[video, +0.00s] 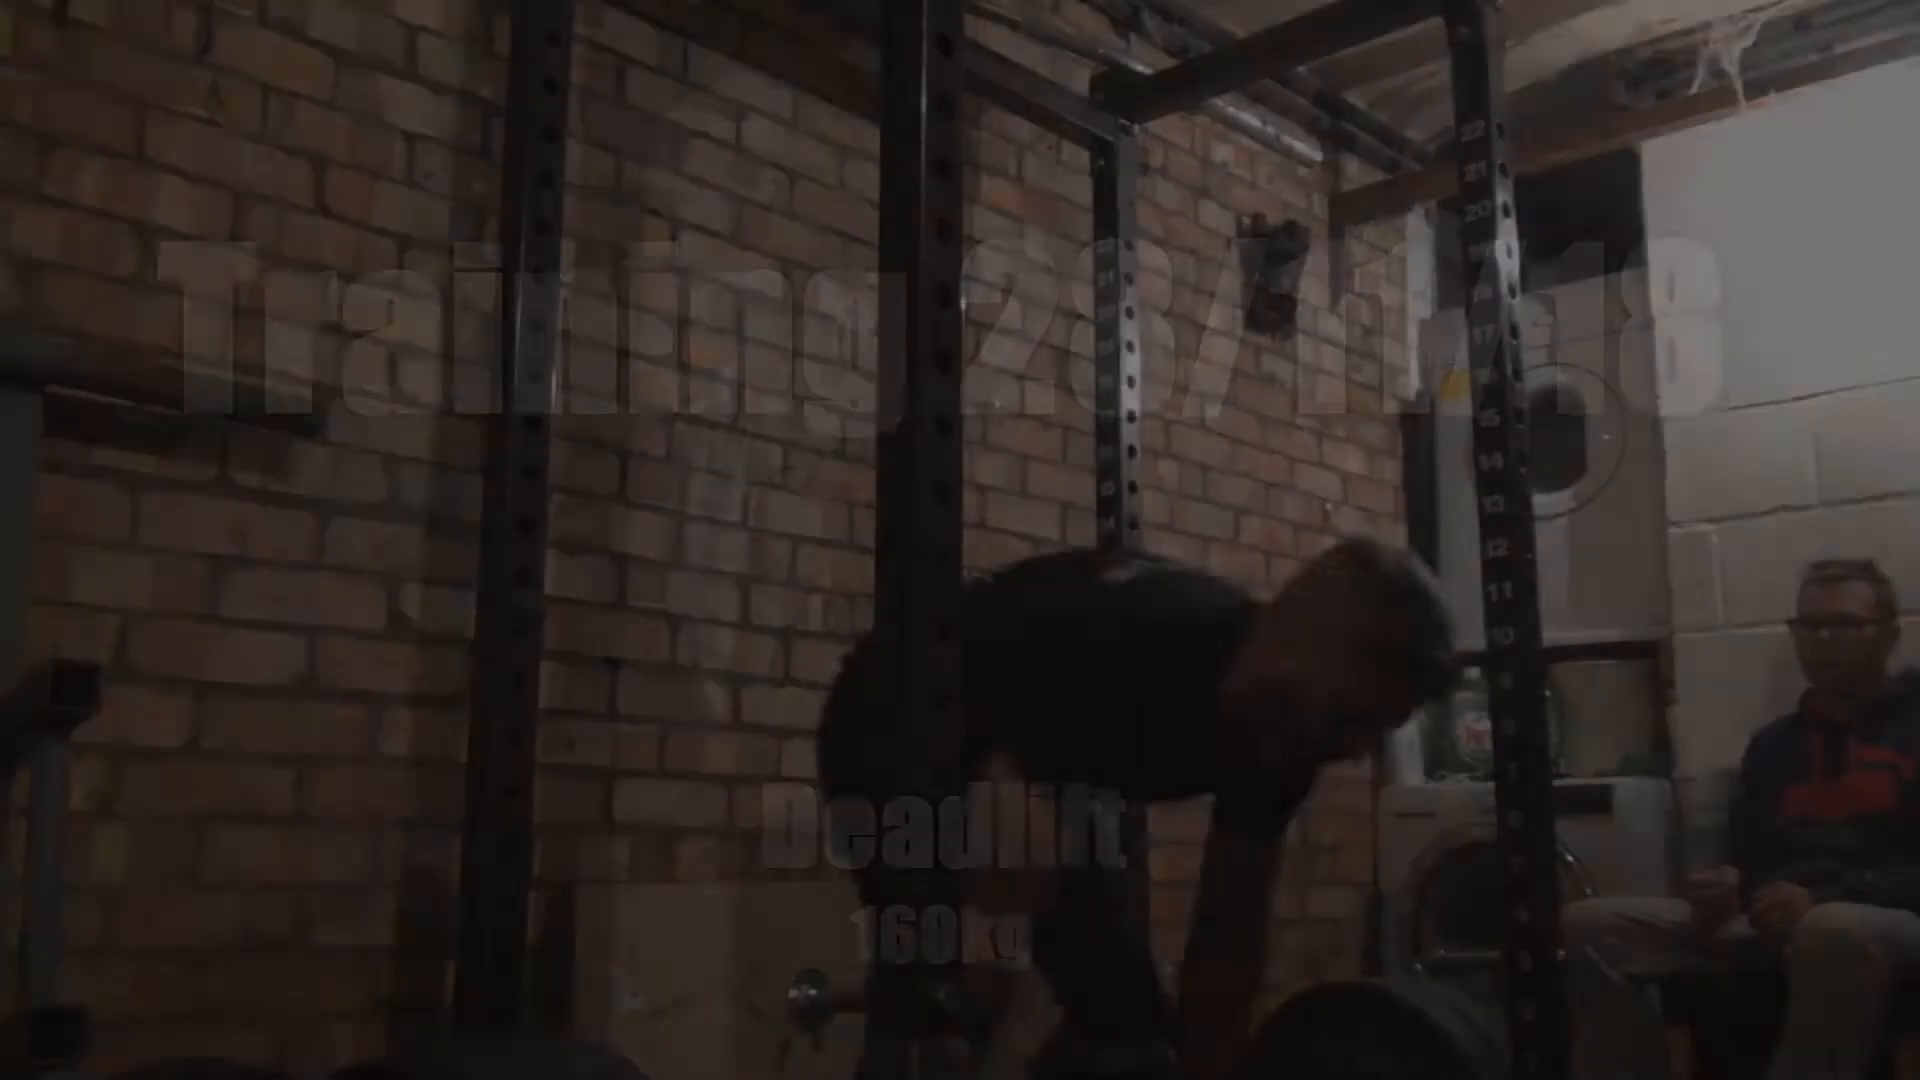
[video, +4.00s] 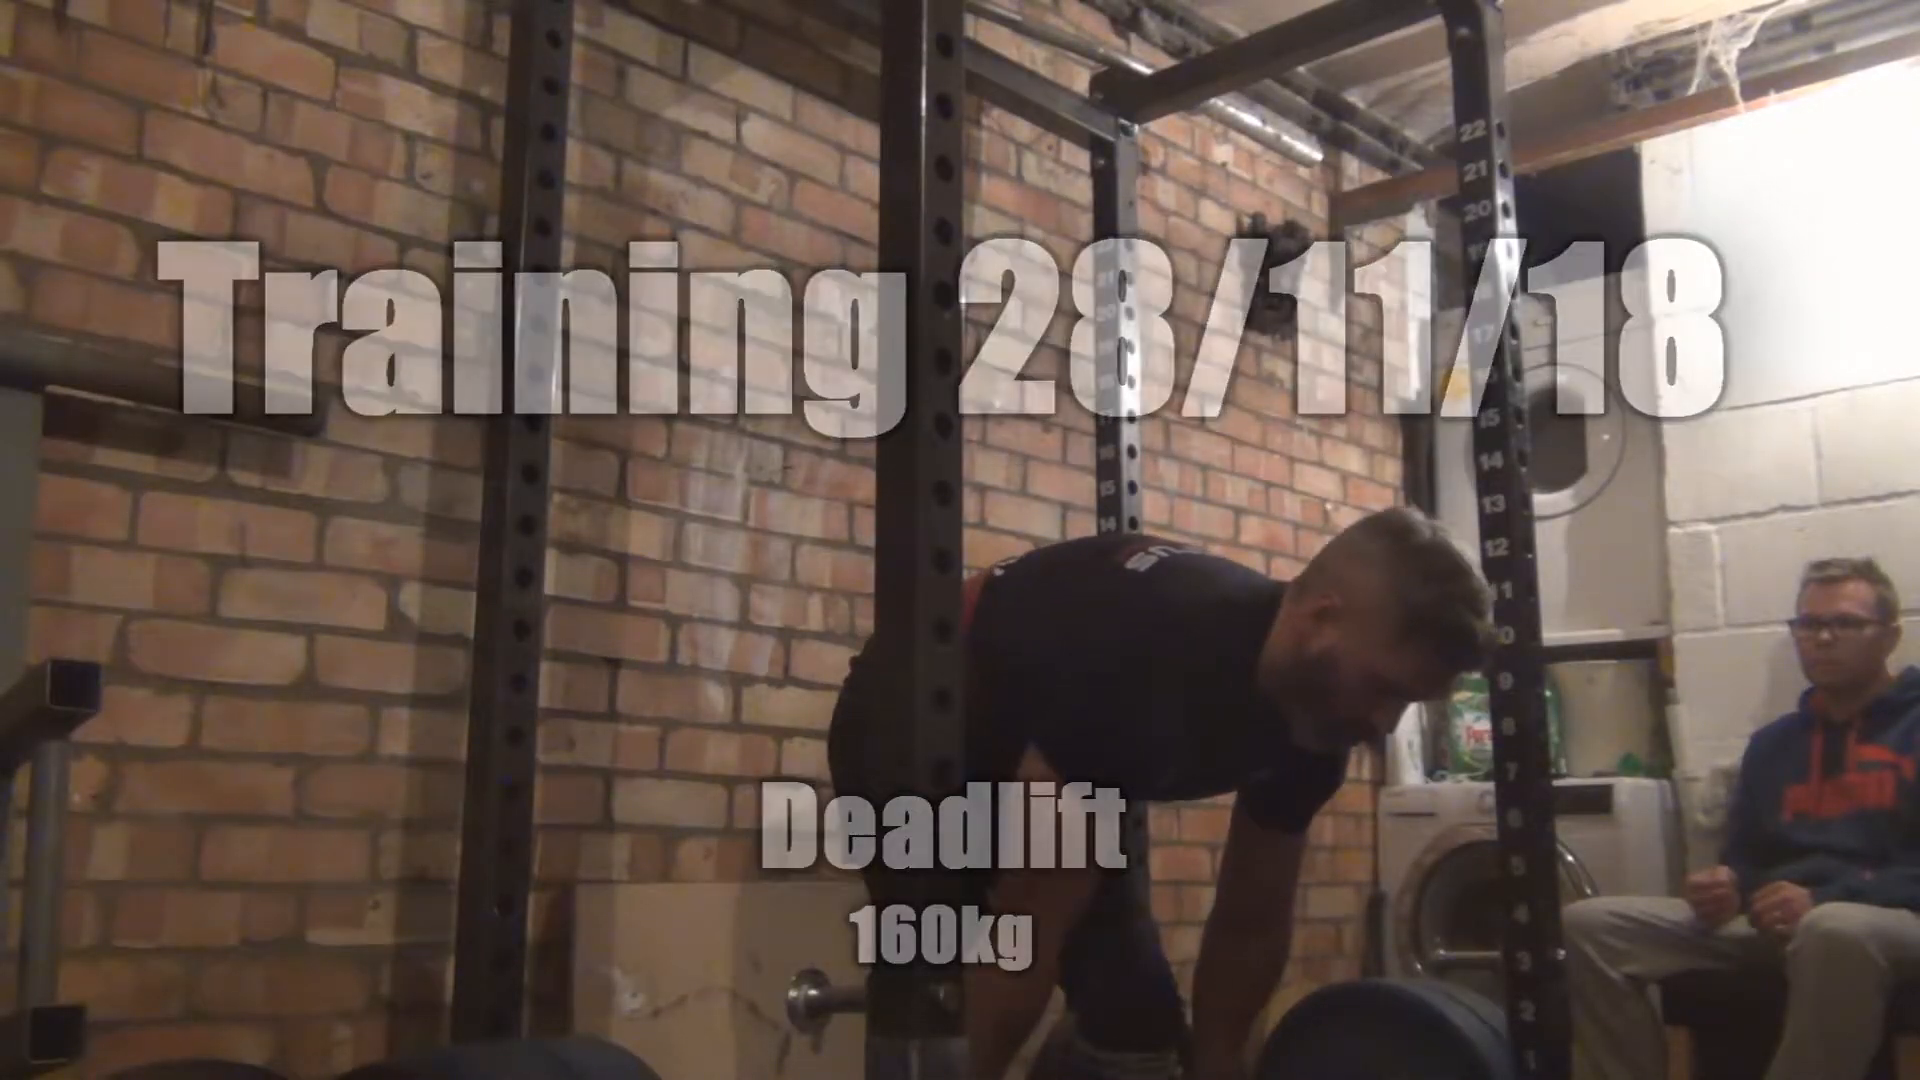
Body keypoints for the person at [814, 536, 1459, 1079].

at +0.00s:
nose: (1353, 752)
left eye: (1370, 733)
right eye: (1349, 717)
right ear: (1296, 630)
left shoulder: (1281, 735)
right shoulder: (1128, 633)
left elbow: (1229, 922)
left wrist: (1213, 1058)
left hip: (1067, 782)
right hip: (903, 732)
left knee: (1126, 1018)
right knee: (936, 1009)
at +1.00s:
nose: (1399, 759)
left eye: (1421, 742)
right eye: (1400, 726)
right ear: (1343, 651)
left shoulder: (1314, 728)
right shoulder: (1181, 671)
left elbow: (1242, 927)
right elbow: (1054, 921)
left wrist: (1212, 1063)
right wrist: (982, 1068)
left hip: (1061, 784)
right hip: (918, 735)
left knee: (1134, 1021)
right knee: (938, 1018)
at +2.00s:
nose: (1384, 754)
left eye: (1404, 734)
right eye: (1384, 719)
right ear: (1326, 646)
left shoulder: (1303, 730)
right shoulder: (1145, 648)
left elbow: (1240, 923)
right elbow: (1025, 943)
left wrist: (1211, 1067)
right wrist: (968, 1067)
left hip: (1056, 779)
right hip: (912, 730)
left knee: (1134, 1015)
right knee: (953, 1018)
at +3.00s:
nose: (1385, 743)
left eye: (1404, 723)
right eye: (1384, 711)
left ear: (1324, 640)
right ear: (1320, 637)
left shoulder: (1295, 724)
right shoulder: (1145, 657)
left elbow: (1241, 920)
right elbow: (1043, 903)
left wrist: (1211, 1063)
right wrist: (980, 1064)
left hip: (1066, 777)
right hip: (914, 722)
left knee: (1130, 1017)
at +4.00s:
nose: (1388, 726)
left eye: (1407, 704)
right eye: (1384, 692)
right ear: (1316, 623)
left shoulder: (1314, 720)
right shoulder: (1153, 656)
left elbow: (1251, 923)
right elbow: (1028, 913)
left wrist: (1216, 1068)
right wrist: (984, 1069)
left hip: (1065, 766)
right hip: (918, 730)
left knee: (1138, 1019)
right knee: (934, 1013)